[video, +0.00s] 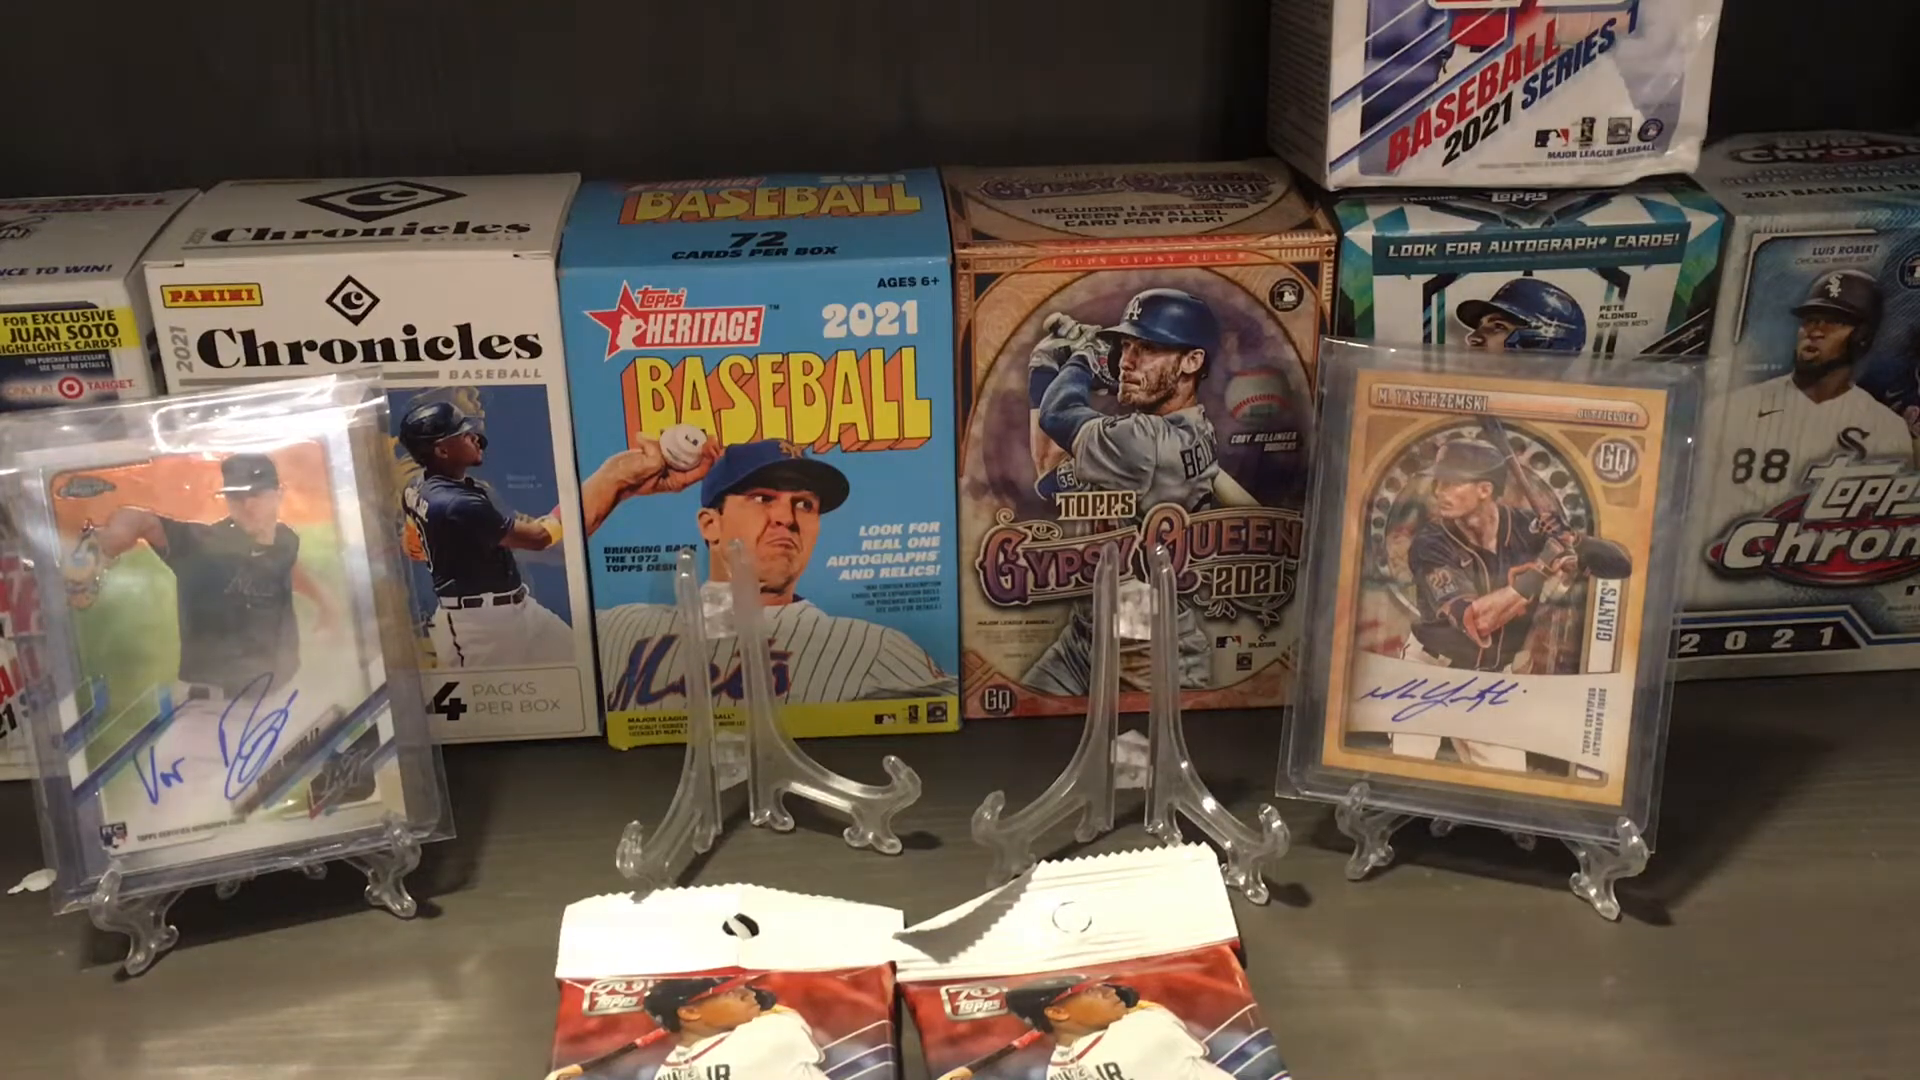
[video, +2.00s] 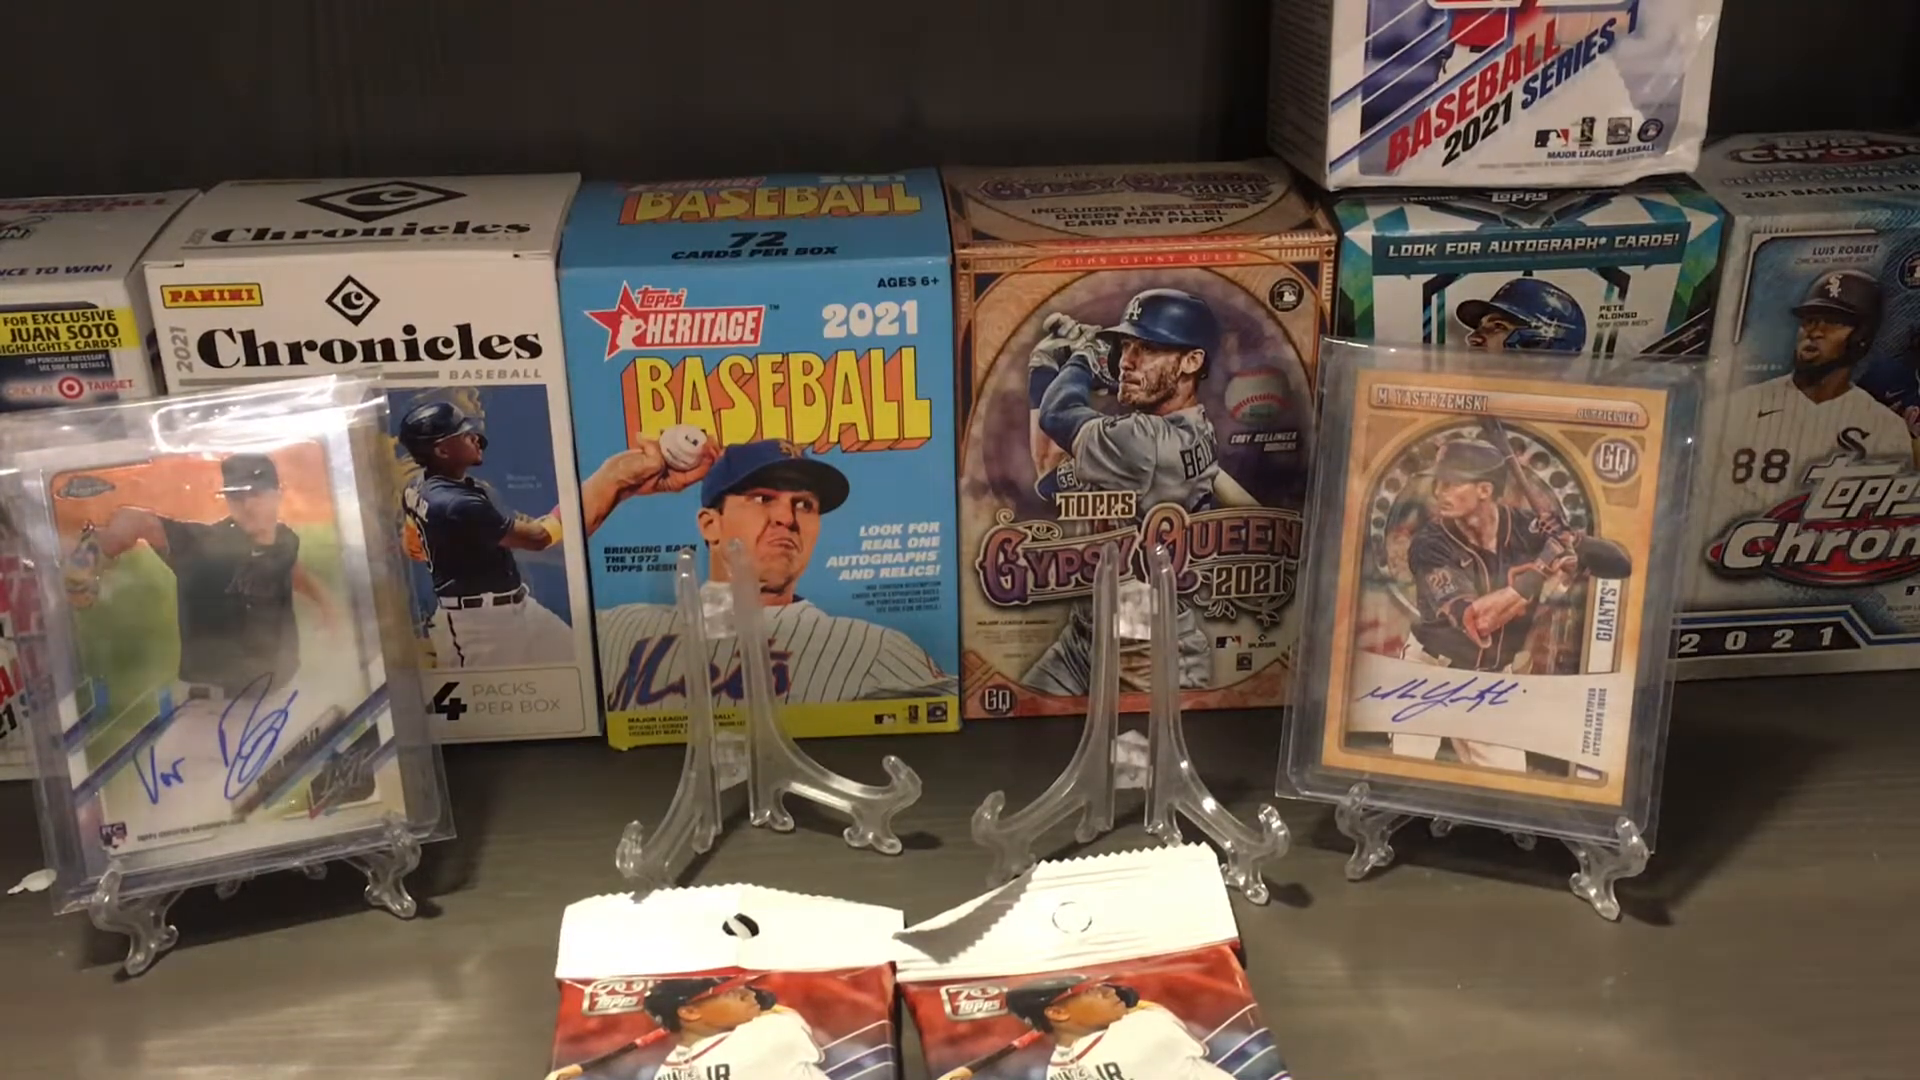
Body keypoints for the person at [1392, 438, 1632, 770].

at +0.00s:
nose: (1439, 492)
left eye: (1452, 484)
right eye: (1438, 483)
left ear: (1484, 491)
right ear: (1434, 485)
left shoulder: (1527, 528)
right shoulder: (1430, 540)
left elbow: (1622, 564)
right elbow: (1472, 621)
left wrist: (1575, 550)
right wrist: (1539, 571)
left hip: (1498, 674)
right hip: (1430, 667)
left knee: (1509, 786)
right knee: (1413, 768)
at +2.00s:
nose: (1439, 492)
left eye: (1451, 484)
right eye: (1438, 483)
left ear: (1484, 491)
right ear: (1435, 486)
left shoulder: (1527, 529)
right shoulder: (1430, 541)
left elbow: (1622, 563)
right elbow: (1472, 621)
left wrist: (1574, 551)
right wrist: (1537, 574)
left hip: (1496, 677)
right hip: (1430, 670)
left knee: (1509, 786)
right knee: (1411, 773)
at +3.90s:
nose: (1440, 493)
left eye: (1452, 485)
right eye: (1439, 484)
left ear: (1484, 491)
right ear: (1435, 487)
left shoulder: (1526, 528)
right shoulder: (1430, 542)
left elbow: (1622, 564)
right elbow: (1473, 622)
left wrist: (1576, 551)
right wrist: (1538, 571)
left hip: (1495, 676)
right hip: (1429, 670)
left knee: (1509, 792)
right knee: (1411, 775)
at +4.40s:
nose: (1439, 493)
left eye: (1451, 485)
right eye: (1439, 484)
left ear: (1484, 491)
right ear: (1435, 486)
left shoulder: (1527, 528)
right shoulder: (1430, 541)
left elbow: (1622, 563)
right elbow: (1474, 623)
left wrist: (1576, 551)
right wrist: (1538, 571)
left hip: (1495, 676)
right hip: (1429, 669)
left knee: (1508, 792)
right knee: (1410, 774)